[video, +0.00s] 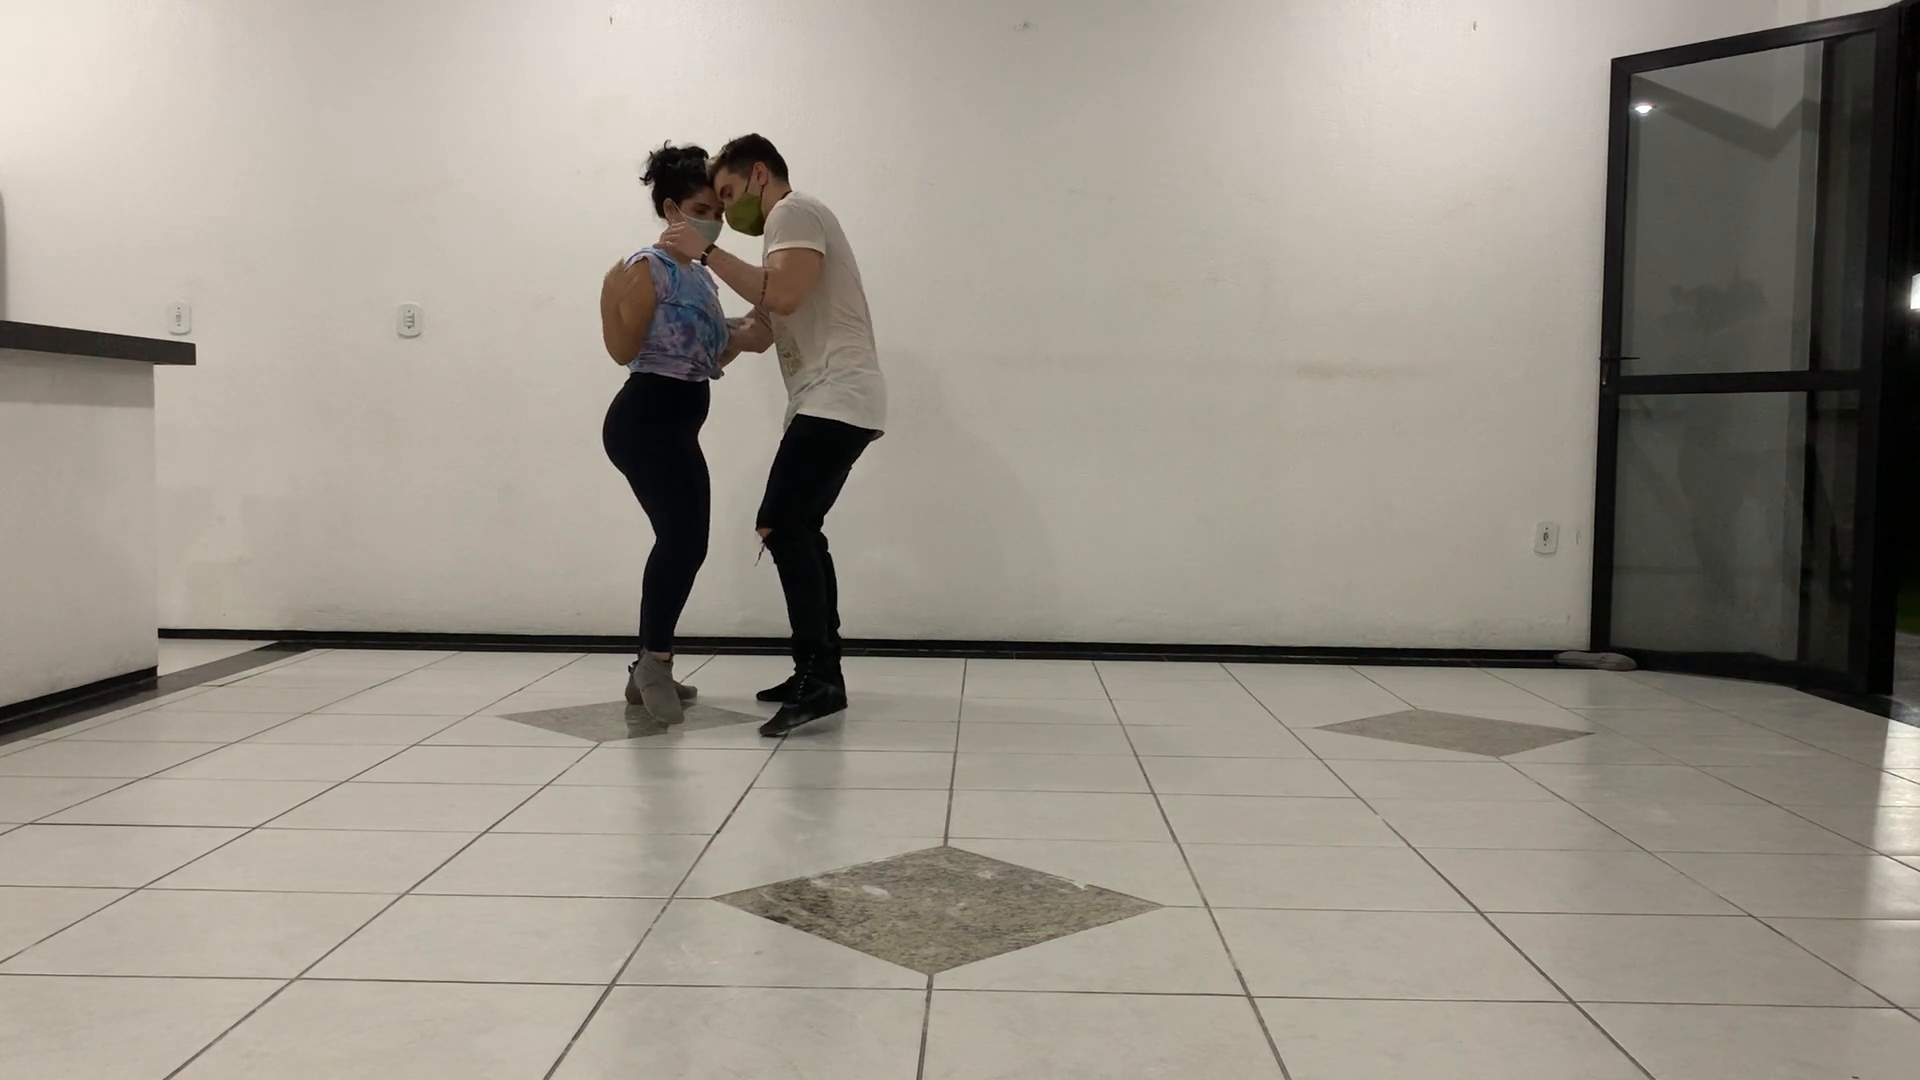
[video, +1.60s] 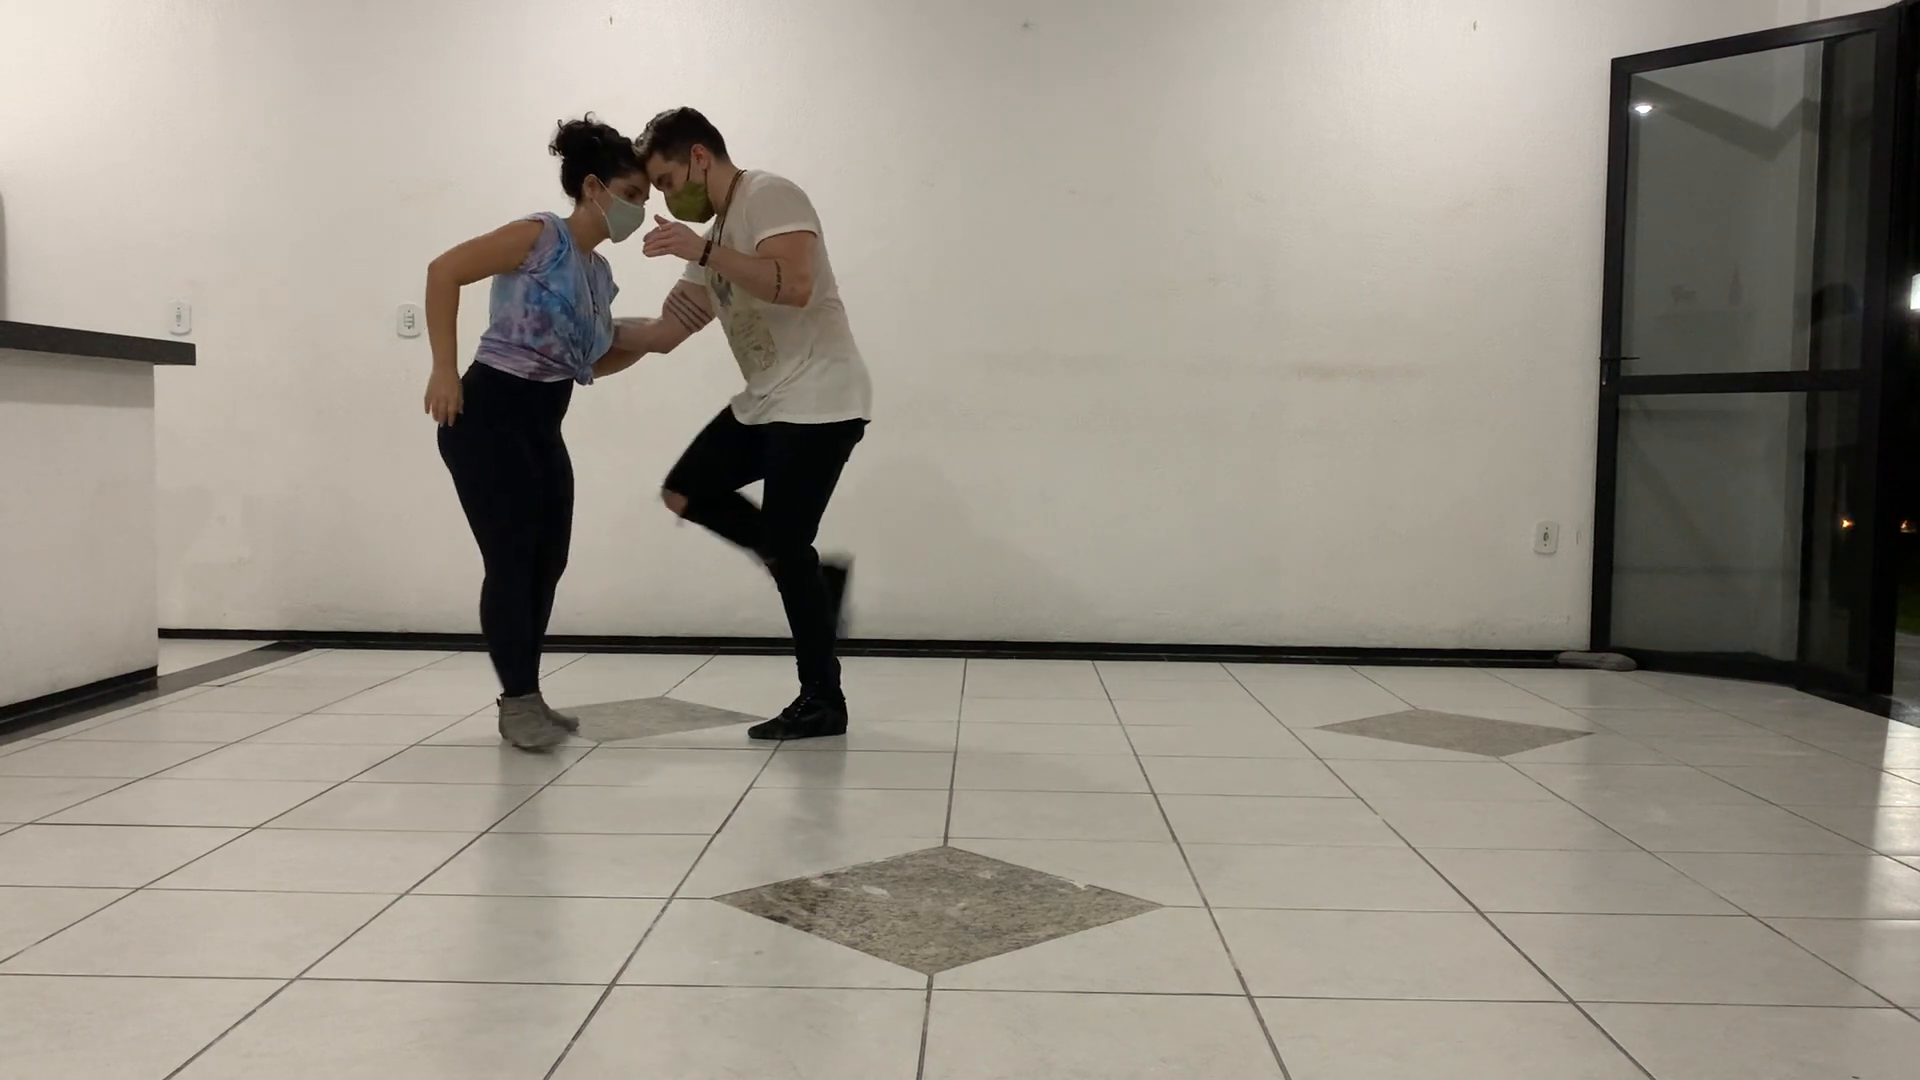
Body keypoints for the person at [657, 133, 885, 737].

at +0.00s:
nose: (726, 206)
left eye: (728, 191)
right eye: (720, 198)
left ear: (761, 174)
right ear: (763, 181)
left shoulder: (797, 212)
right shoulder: (789, 228)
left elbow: (784, 293)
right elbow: (760, 335)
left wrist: (706, 250)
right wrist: (689, 324)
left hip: (839, 397)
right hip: (828, 399)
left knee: (784, 523)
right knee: (794, 527)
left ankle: (821, 678)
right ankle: (816, 669)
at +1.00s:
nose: (694, 204)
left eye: (694, 188)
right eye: (688, 195)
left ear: (727, 164)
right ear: (726, 172)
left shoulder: (784, 197)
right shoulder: (760, 242)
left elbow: (793, 284)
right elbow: (682, 309)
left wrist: (698, 253)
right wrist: (592, 315)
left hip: (867, 395)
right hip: (878, 394)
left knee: (851, 548)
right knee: (892, 543)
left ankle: (825, 700)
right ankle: (895, 696)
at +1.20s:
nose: (683, 203)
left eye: (684, 185)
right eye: (676, 193)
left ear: (714, 160)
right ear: (714, 169)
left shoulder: (778, 193)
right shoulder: (745, 240)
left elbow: (801, 275)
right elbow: (675, 310)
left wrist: (705, 250)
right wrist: (590, 320)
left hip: (855, 396)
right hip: (853, 397)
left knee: (835, 546)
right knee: (873, 536)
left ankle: (825, 699)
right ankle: (963, 665)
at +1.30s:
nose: (677, 203)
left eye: (677, 186)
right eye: (672, 194)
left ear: (711, 163)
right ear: (709, 172)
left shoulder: (776, 193)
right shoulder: (739, 241)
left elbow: (802, 273)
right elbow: (670, 316)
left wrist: (703, 244)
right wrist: (577, 320)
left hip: (852, 393)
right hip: (824, 400)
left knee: (825, 543)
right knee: (832, 540)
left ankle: (825, 703)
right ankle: (978, 579)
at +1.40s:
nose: (672, 201)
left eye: (673, 184)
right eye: (666, 192)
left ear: (707, 160)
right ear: (701, 171)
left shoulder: (774, 194)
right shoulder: (730, 245)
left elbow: (801, 274)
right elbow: (667, 322)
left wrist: (707, 245)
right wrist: (583, 350)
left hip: (847, 392)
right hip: (804, 402)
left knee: (812, 537)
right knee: (783, 534)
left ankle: (824, 701)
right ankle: (930, 496)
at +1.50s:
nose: (670, 201)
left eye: (671, 185)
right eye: (664, 191)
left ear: (704, 160)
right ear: (702, 168)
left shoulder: (773, 195)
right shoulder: (726, 240)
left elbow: (800, 280)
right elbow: (665, 328)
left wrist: (704, 246)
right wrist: (578, 347)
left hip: (836, 395)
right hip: (788, 401)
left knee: (798, 540)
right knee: (729, 512)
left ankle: (824, 702)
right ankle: (873, 496)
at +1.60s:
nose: (666, 200)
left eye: (668, 183)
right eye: (659, 189)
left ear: (702, 157)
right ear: (697, 166)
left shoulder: (771, 195)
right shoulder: (716, 248)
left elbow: (795, 284)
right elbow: (664, 333)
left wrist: (702, 249)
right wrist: (576, 337)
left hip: (824, 397)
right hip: (767, 400)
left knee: (787, 543)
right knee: (689, 492)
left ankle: (822, 701)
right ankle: (812, 571)